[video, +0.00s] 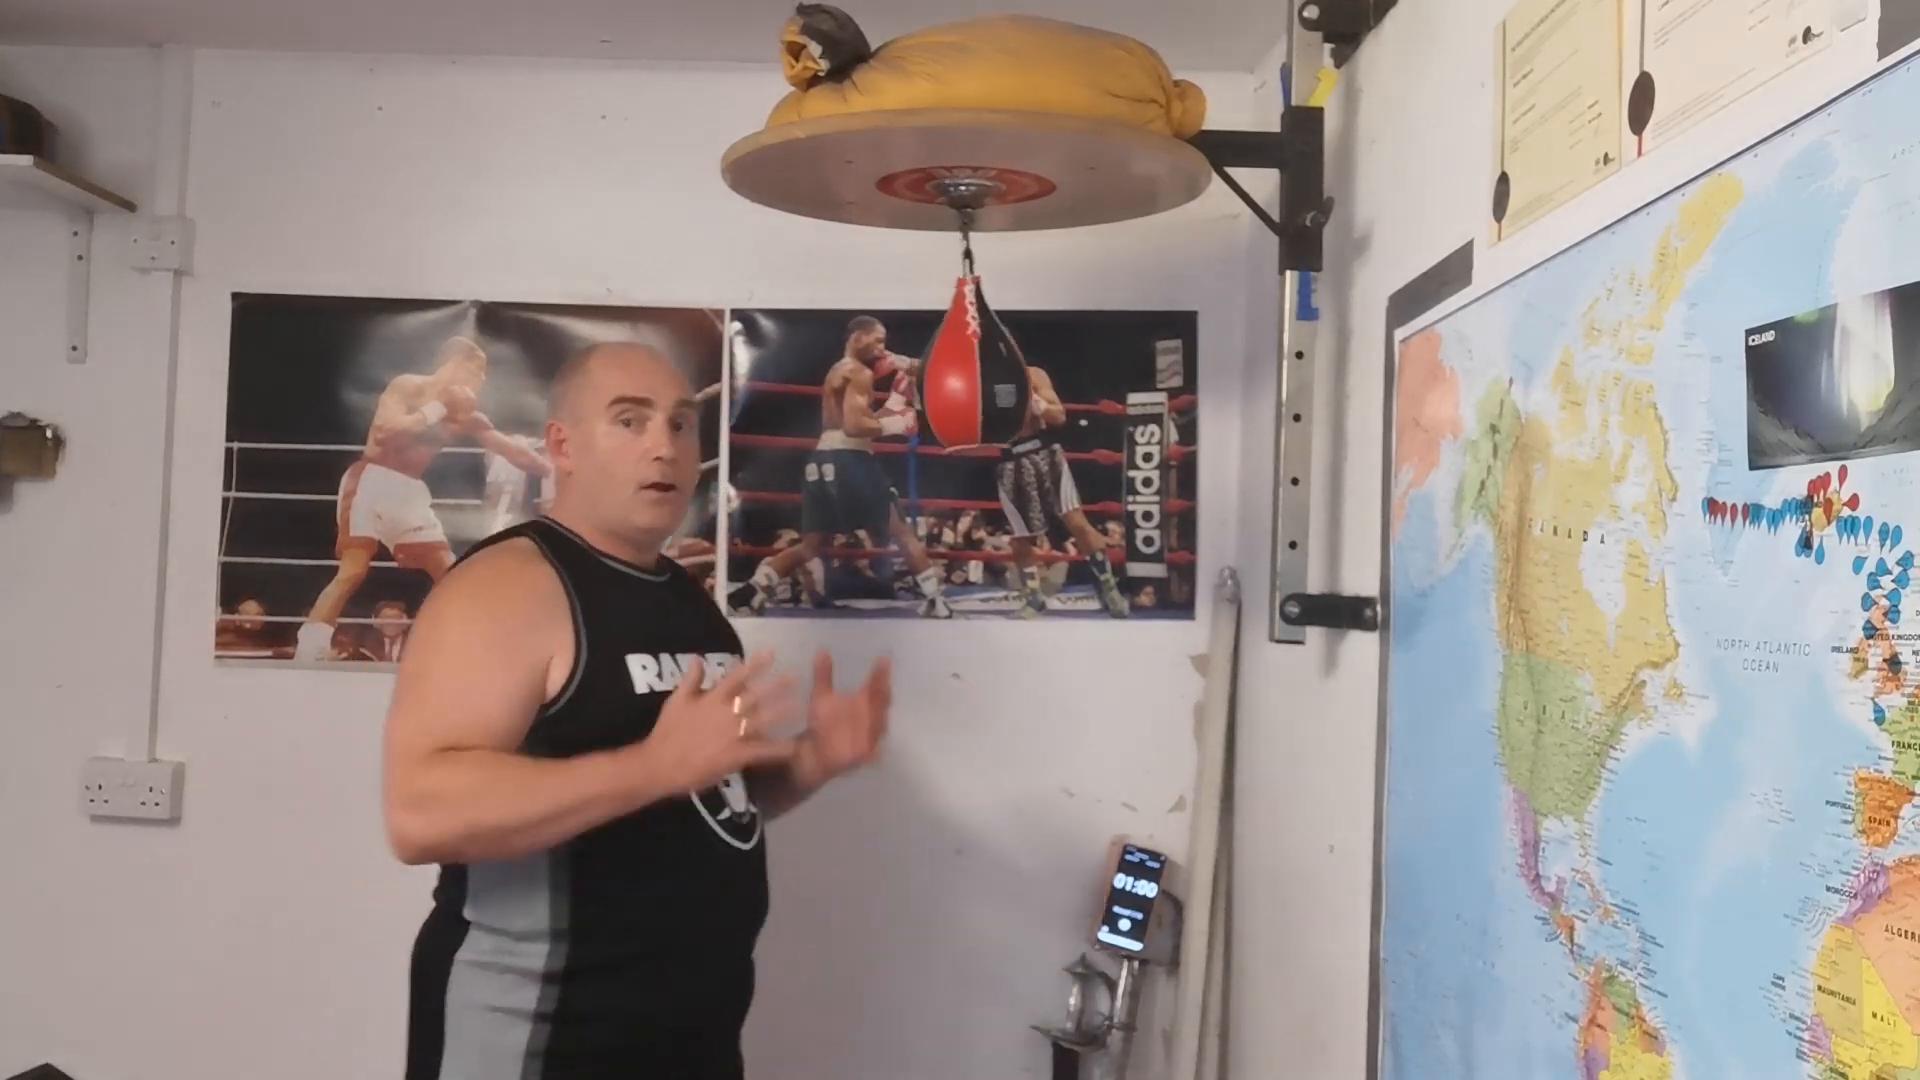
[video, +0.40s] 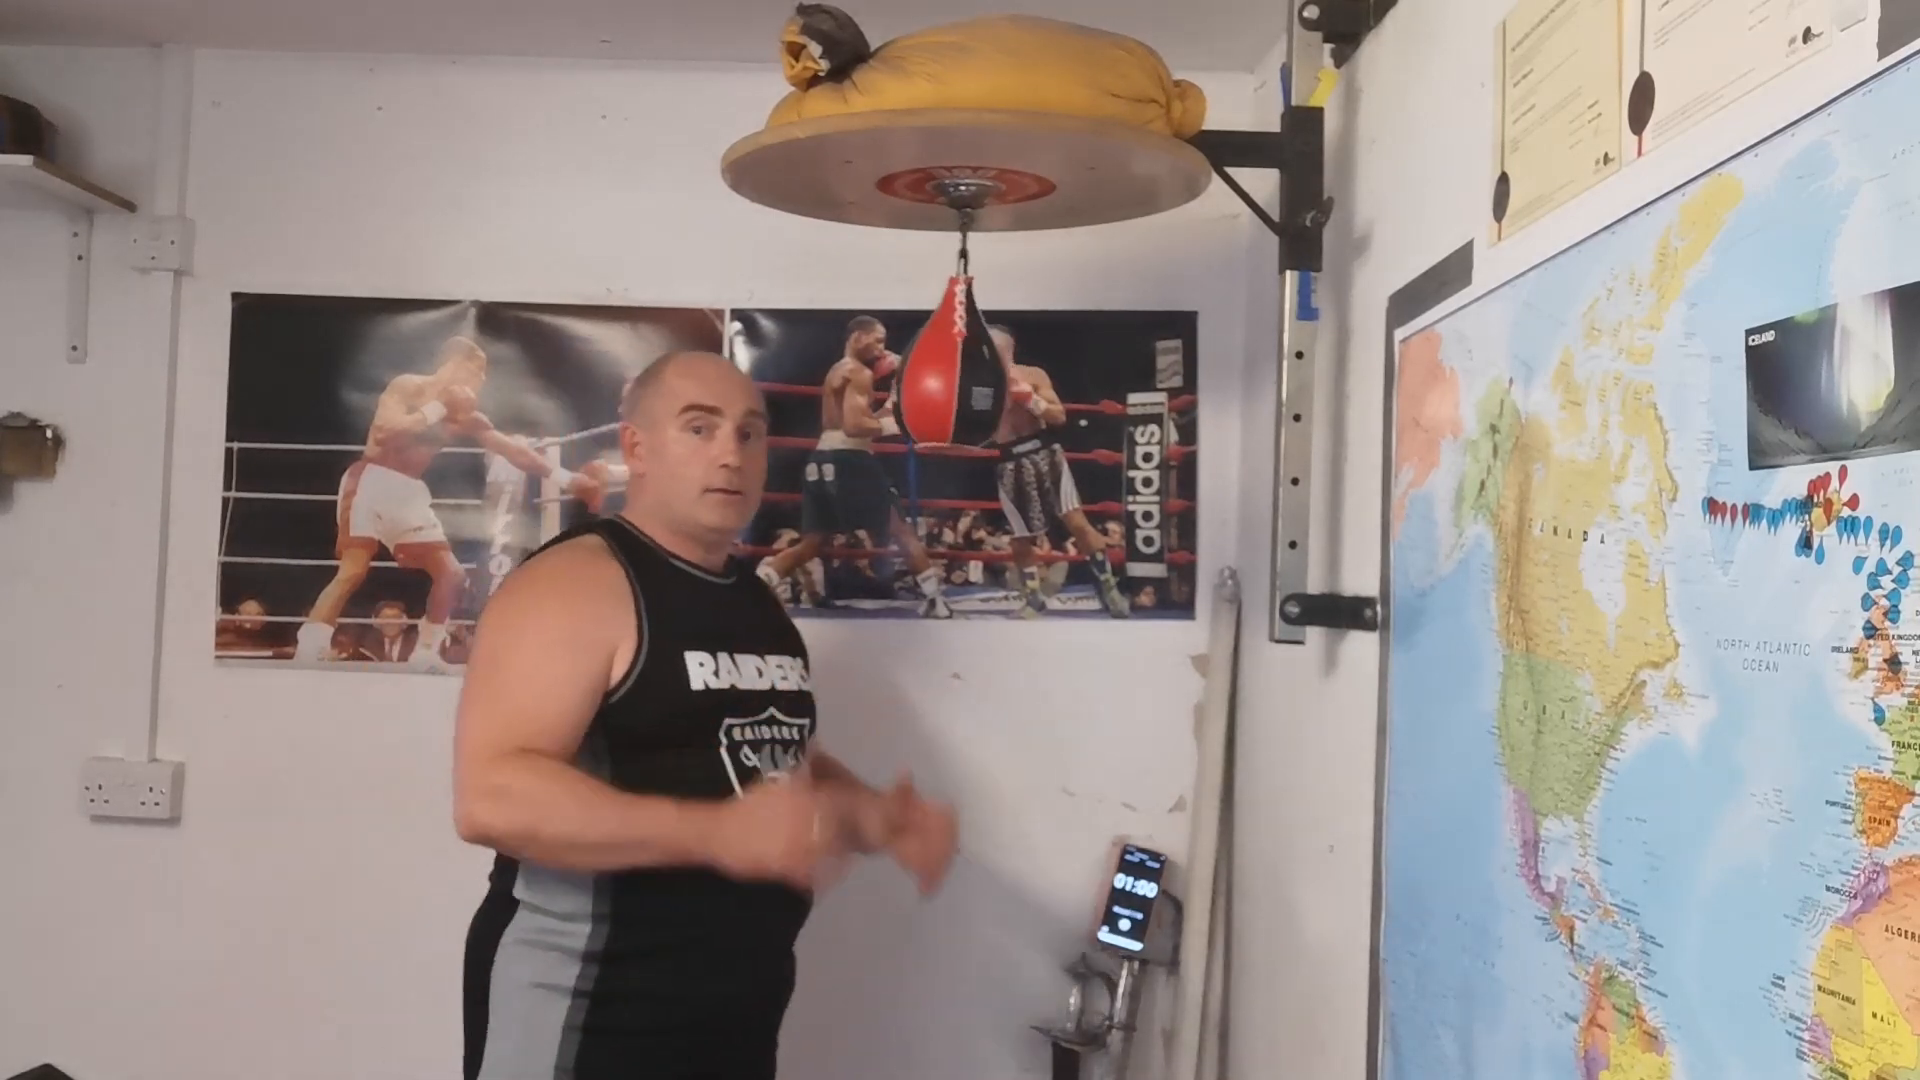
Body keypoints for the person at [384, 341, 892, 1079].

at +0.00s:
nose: (665, 449)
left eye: (681, 425)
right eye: (629, 420)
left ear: (700, 455)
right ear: (560, 446)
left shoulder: (687, 598)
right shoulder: (501, 589)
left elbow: (719, 797)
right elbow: (422, 809)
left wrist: (807, 763)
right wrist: (658, 765)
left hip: (691, 1023)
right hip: (535, 1029)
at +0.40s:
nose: (730, 456)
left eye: (748, 433)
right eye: (699, 427)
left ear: (767, 458)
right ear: (636, 446)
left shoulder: (755, 599)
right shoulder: (569, 586)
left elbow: (780, 760)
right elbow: (492, 794)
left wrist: (871, 815)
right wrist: (716, 830)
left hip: (732, 1007)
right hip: (583, 1009)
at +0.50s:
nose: (740, 456)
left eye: (758, 436)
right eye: (709, 427)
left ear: (776, 460)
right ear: (645, 448)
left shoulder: (764, 604)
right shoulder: (579, 581)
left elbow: (801, 782)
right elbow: (493, 790)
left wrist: (876, 890)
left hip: (730, 1006)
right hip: (586, 1001)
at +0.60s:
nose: (741, 449)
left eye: (759, 431)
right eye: (710, 423)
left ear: (776, 461)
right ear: (646, 447)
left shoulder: (764, 606)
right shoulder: (580, 581)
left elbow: (808, 796)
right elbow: (495, 800)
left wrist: (844, 957)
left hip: (736, 1012)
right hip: (592, 1017)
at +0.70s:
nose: (734, 444)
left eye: (752, 426)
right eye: (701, 420)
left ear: (768, 455)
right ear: (637, 446)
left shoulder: (760, 610)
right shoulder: (571, 583)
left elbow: (790, 804)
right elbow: (473, 802)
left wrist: (798, 995)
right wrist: (498, 1044)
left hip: (738, 1033)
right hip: (592, 1037)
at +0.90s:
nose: (691, 447)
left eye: (709, 426)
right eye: (656, 419)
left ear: (724, 453)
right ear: (590, 446)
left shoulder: (720, 610)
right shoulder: (520, 591)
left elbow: (737, 827)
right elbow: (404, 816)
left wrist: (753, 1014)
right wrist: (432, 1056)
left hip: (708, 1046)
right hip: (554, 1047)